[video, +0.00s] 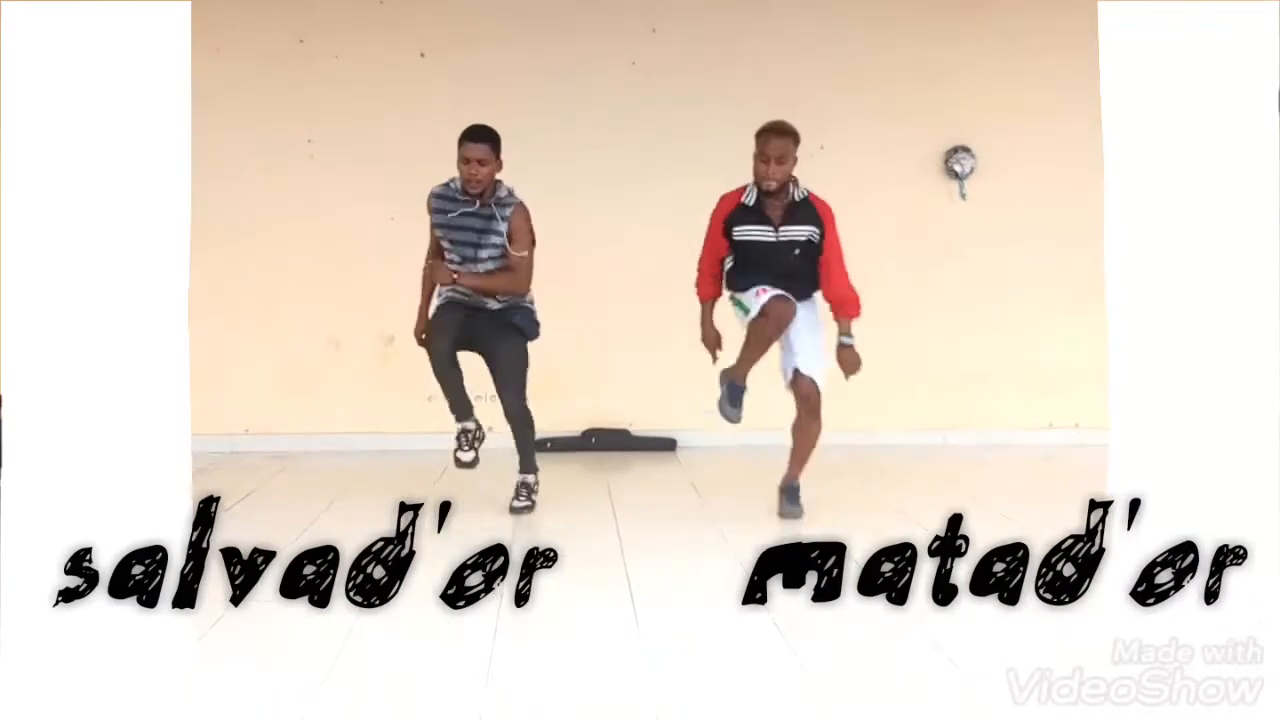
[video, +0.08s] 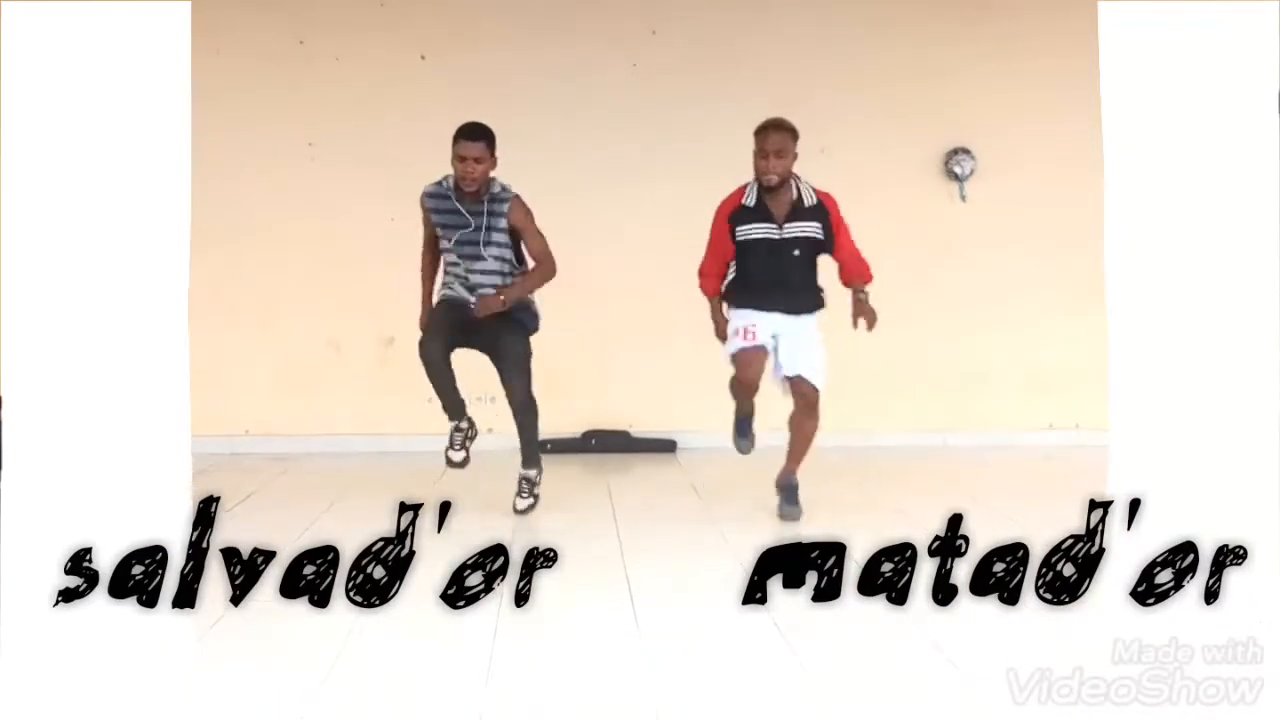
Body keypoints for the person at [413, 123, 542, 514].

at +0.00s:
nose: (473, 170)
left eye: (482, 163)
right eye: (467, 162)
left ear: (498, 165)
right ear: (458, 162)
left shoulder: (514, 211)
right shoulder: (440, 200)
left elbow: (521, 283)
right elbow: (434, 255)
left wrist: (461, 278)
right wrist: (423, 312)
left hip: (503, 311)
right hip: (457, 304)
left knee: (512, 400)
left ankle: (528, 474)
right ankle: (467, 424)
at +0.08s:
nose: (469, 169)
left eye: (478, 161)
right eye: (462, 160)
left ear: (493, 161)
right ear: (451, 158)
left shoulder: (510, 206)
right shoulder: (433, 199)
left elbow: (546, 266)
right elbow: (431, 249)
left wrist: (505, 297)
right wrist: (427, 305)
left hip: (503, 307)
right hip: (456, 303)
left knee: (516, 384)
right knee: (430, 347)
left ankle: (530, 468)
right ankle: (460, 424)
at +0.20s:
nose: (469, 169)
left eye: (478, 161)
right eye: (462, 160)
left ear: (493, 163)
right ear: (451, 159)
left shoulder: (512, 205)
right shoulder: (430, 202)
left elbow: (569, 245)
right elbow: (422, 252)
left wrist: (579, 300)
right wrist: (404, 308)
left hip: (504, 319)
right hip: (453, 324)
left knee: (519, 395)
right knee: (451, 405)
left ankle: (536, 482)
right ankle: (454, 486)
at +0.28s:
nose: (474, 171)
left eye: (483, 164)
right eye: (467, 162)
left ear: (496, 164)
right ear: (454, 161)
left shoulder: (513, 203)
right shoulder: (430, 206)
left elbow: (574, 226)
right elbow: (411, 252)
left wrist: (592, 275)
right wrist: (389, 304)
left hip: (504, 326)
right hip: (454, 333)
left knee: (518, 398)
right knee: (458, 410)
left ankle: (529, 482)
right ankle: (458, 487)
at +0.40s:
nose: (482, 158)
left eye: (492, 151)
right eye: (475, 149)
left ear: (505, 153)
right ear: (464, 147)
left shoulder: (520, 198)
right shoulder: (440, 190)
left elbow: (544, 262)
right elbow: (430, 247)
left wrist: (497, 295)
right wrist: (420, 307)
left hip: (503, 309)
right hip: (454, 310)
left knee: (507, 392)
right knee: (446, 383)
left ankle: (495, 493)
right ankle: (503, 432)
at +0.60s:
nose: (500, 173)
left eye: (510, 165)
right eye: (493, 163)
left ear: (522, 169)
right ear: (480, 163)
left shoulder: (536, 215)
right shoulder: (454, 204)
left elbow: (554, 280)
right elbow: (443, 256)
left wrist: (497, 305)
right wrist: (428, 315)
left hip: (506, 328)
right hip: (453, 322)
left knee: (506, 421)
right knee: (435, 413)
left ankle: (496, 515)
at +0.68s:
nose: (503, 180)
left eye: (513, 173)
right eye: (495, 171)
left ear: (527, 175)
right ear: (484, 171)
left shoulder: (542, 225)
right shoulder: (458, 216)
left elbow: (570, 289)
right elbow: (443, 270)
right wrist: (412, 324)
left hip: (510, 346)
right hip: (456, 339)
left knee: (516, 434)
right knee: (432, 426)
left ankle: (496, 523)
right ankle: (408, 503)